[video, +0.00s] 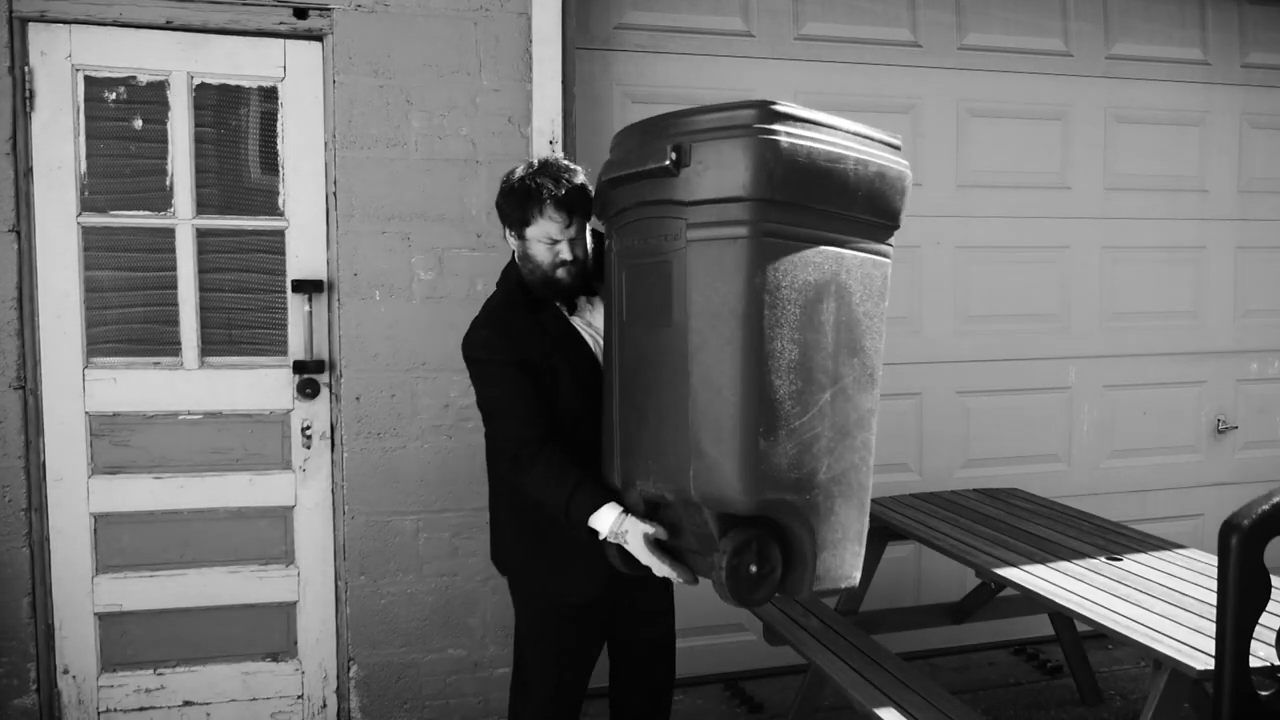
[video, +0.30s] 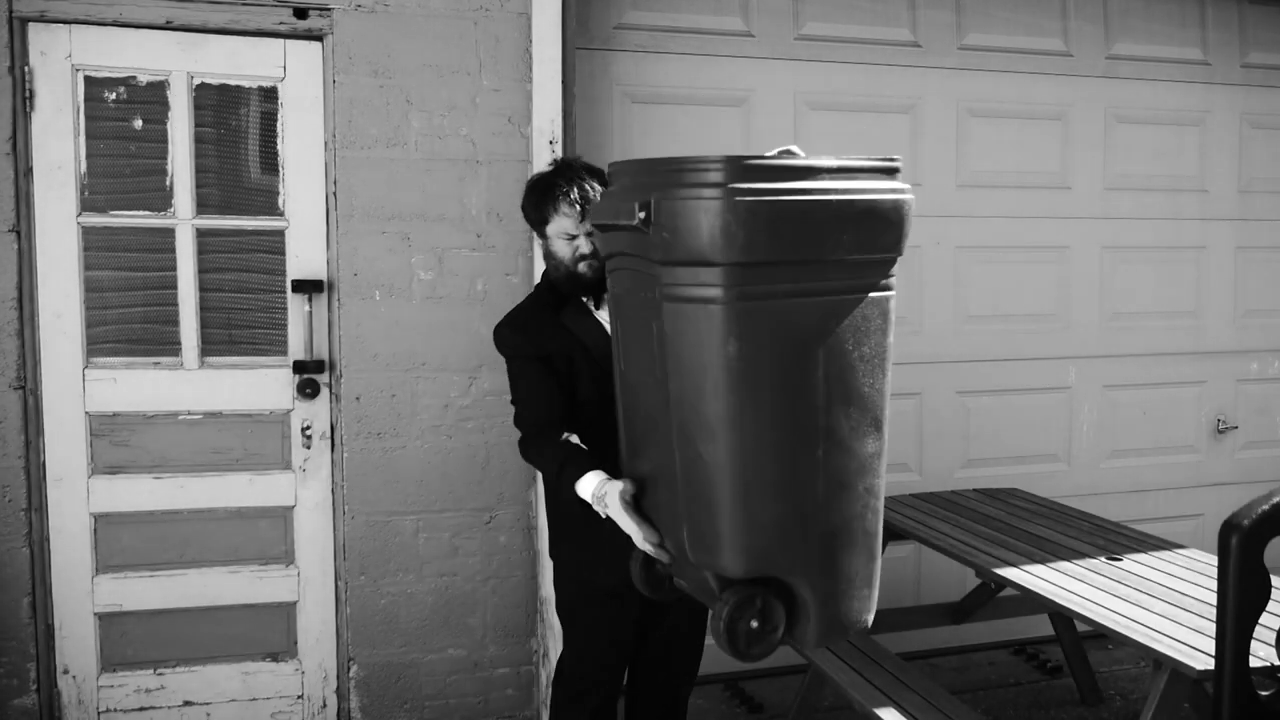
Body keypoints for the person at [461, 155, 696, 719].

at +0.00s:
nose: (568, 253)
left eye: (576, 236)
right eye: (551, 242)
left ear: (593, 226)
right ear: (515, 239)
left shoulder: (620, 287)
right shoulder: (496, 336)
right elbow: (528, 455)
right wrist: (615, 521)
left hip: (645, 542)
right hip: (558, 555)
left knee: (648, 700)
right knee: (546, 705)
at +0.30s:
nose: (587, 248)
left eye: (596, 232)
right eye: (570, 238)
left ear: (616, 224)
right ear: (542, 240)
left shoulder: (652, 293)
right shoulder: (530, 327)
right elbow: (539, 437)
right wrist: (598, 485)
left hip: (678, 524)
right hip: (594, 535)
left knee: (666, 685)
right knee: (591, 682)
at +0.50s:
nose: (585, 249)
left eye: (595, 233)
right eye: (568, 241)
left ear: (618, 223)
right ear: (546, 247)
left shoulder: (666, 288)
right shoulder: (535, 330)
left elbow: (732, 270)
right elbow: (531, 430)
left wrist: (748, 203)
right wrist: (565, 450)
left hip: (691, 522)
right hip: (603, 532)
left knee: (673, 684)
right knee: (593, 683)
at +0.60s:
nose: (584, 248)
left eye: (594, 231)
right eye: (567, 240)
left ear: (614, 221)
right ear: (544, 245)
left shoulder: (661, 266)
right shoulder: (531, 328)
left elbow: (734, 269)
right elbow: (519, 425)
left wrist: (746, 208)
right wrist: (539, 438)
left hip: (691, 515)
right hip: (598, 527)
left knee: (673, 688)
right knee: (590, 689)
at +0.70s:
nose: (585, 249)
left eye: (595, 231)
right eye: (567, 240)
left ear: (615, 221)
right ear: (545, 245)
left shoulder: (661, 256)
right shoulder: (530, 326)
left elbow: (725, 250)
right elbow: (506, 424)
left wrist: (741, 204)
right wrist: (522, 429)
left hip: (691, 498)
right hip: (592, 514)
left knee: (678, 669)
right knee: (585, 674)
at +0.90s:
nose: (580, 249)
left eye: (591, 232)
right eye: (563, 237)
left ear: (613, 219)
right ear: (540, 238)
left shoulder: (656, 256)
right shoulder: (520, 320)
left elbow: (749, 241)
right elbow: (476, 407)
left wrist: (740, 212)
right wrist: (498, 420)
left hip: (684, 506)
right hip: (583, 519)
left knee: (673, 673)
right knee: (591, 674)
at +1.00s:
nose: (578, 248)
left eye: (588, 231)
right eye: (560, 237)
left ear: (609, 219)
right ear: (534, 239)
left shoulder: (652, 256)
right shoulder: (510, 319)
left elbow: (740, 254)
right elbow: (454, 402)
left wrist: (747, 221)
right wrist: (481, 414)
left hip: (680, 507)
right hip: (572, 524)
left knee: (675, 680)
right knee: (588, 684)